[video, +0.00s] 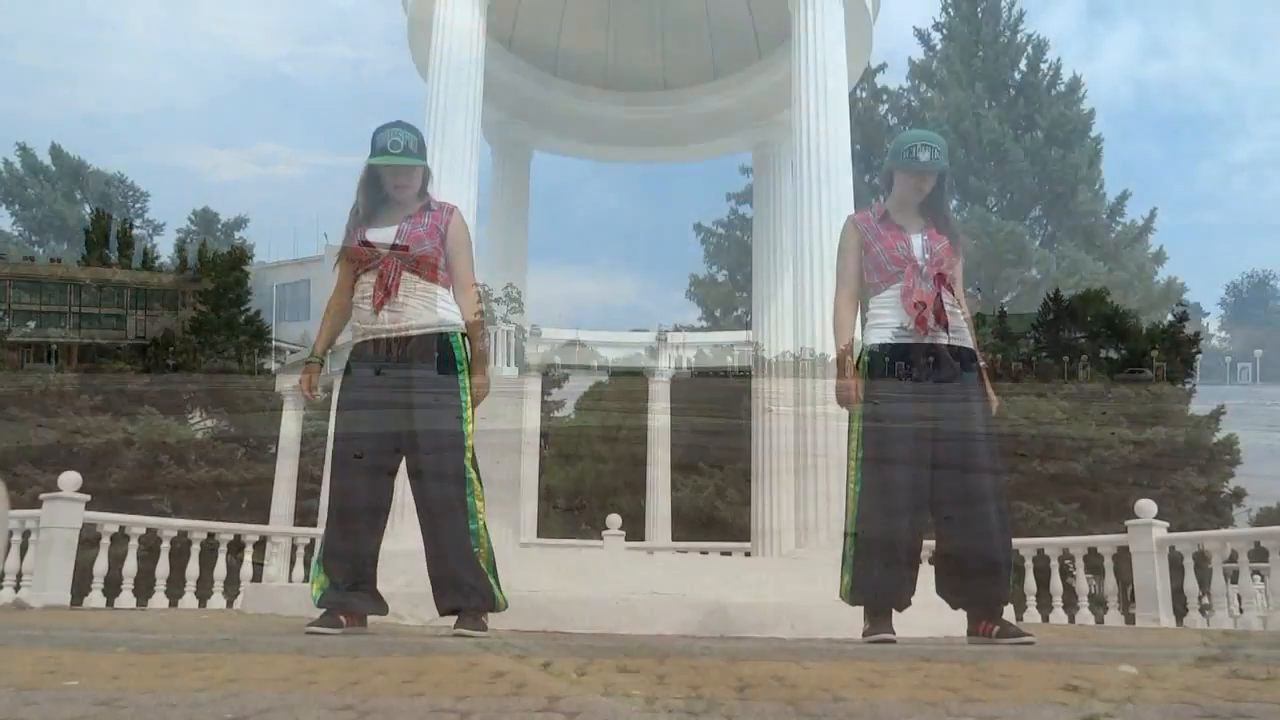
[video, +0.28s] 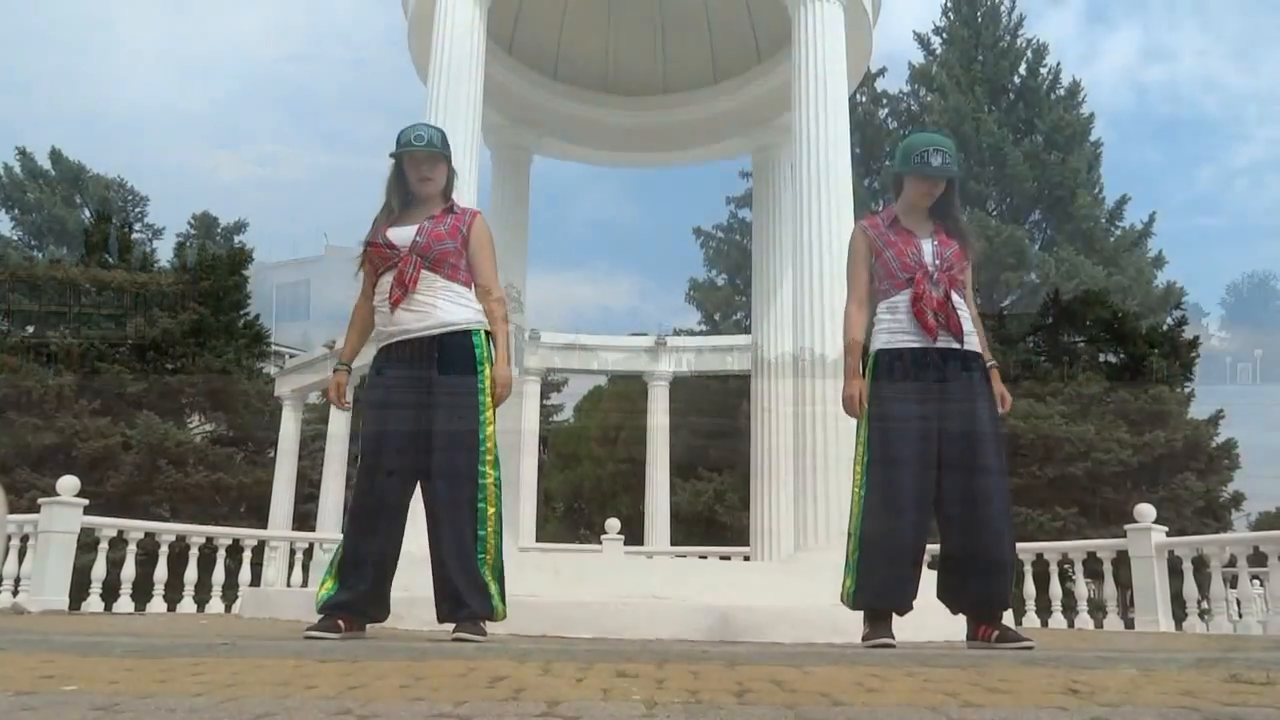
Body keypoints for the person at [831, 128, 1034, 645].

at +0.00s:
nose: (920, 179)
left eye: (930, 172)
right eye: (912, 168)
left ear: (939, 179)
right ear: (893, 168)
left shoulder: (947, 237)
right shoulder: (861, 227)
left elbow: (960, 311)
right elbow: (848, 297)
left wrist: (981, 376)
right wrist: (845, 362)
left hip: (954, 366)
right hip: (892, 366)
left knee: (973, 480)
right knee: (892, 483)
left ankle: (984, 615)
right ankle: (879, 613)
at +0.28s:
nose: (931, 186)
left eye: (939, 179)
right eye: (923, 175)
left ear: (948, 184)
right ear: (902, 174)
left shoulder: (958, 241)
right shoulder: (871, 231)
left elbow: (969, 313)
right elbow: (859, 304)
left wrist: (993, 372)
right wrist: (853, 372)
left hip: (962, 371)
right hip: (898, 370)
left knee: (979, 487)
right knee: (895, 489)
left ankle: (983, 621)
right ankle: (878, 617)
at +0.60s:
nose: (919, 185)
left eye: (928, 178)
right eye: (911, 176)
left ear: (942, 184)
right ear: (895, 179)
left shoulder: (960, 240)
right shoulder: (869, 239)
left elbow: (978, 309)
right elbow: (860, 313)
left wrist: (1003, 368)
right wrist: (853, 377)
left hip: (962, 373)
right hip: (897, 372)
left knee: (978, 490)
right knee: (895, 491)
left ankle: (985, 625)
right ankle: (879, 620)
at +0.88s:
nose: (896, 182)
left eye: (907, 174)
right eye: (891, 174)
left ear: (927, 182)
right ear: (882, 181)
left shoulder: (952, 241)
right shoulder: (863, 241)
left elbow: (970, 313)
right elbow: (851, 313)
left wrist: (996, 376)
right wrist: (843, 378)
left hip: (956, 376)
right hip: (891, 377)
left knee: (974, 493)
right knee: (891, 495)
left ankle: (985, 627)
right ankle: (880, 624)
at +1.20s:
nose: (886, 184)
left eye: (896, 174)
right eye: (882, 176)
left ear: (923, 180)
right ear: (880, 184)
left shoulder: (955, 242)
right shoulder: (867, 240)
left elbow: (967, 314)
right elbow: (852, 311)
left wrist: (987, 380)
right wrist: (843, 375)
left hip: (954, 379)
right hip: (890, 379)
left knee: (973, 496)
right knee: (890, 499)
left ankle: (986, 630)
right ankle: (880, 626)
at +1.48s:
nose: (891, 183)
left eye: (901, 174)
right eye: (888, 176)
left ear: (929, 181)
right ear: (887, 186)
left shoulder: (960, 243)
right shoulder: (872, 241)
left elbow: (973, 316)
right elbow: (859, 311)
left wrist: (995, 378)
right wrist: (850, 377)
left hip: (960, 378)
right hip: (896, 378)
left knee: (977, 496)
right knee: (895, 498)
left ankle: (985, 630)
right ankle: (880, 626)